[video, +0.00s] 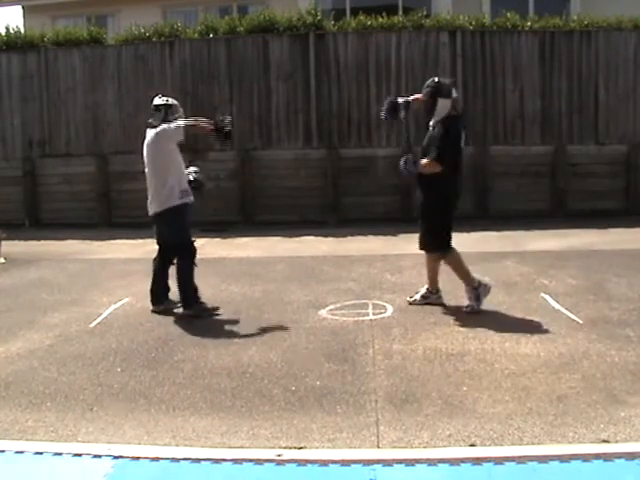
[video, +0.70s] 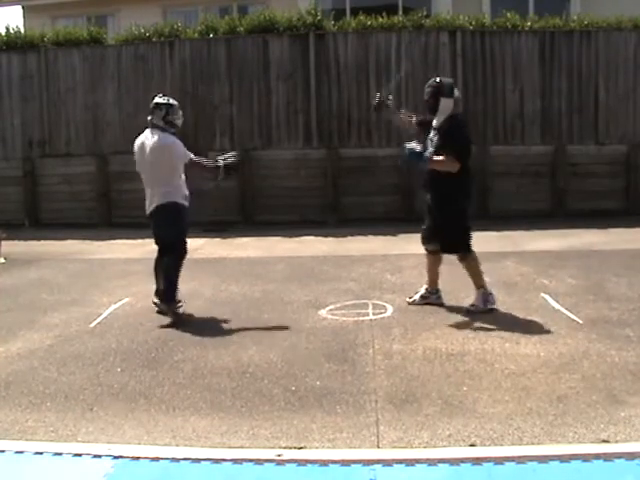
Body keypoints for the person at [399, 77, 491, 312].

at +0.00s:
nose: (422, 100)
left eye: (426, 97)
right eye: (424, 97)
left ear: (437, 101)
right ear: (443, 101)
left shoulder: (443, 127)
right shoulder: (446, 120)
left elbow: (438, 164)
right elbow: (426, 98)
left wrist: (414, 165)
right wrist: (403, 102)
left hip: (441, 193)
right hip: (435, 191)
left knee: (439, 243)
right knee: (432, 242)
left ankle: (474, 286)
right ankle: (432, 289)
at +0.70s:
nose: (427, 101)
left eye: (431, 96)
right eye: (427, 96)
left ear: (443, 100)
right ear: (441, 100)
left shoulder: (455, 125)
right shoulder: (437, 123)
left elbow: (454, 164)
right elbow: (411, 122)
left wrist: (424, 159)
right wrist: (388, 110)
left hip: (451, 198)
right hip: (438, 196)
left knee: (459, 247)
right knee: (432, 243)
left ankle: (483, 293)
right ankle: (431, 290)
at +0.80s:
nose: (433, 103)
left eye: (438, 98)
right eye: (433, 98)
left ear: (451, 100)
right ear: (444, 100)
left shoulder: (465, 125)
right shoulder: (442, 125)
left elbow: (459, 160)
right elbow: (419, 148)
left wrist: (432, 148)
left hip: (465, 199)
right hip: (447, 198)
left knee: (474, 247)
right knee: (439, 243)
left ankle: (486, 295)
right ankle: (433, 290)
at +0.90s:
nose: (437, 101)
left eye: (441, 97)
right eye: (436, 96)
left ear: (456, 99)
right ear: (440, 100)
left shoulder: (469, 125)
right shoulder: (446, 124)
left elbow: (461, 156)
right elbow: (431, 151)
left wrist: (435, 140)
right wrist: (411, 167)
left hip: (473, 198)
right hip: (452, 197)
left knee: (479, 246)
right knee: (442, 241)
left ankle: (486, 295)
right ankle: (435, 289)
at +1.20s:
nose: (440, 105)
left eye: (444, 100)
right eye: (439, 100)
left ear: (458, 101)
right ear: (448, 101)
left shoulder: (474, 127)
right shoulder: (449, 127)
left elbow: (484, 159)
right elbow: (446, 163)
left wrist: (456, 167)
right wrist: (421, 174)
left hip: (471, 200)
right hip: (450, 197)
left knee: (475, 248)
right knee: (436, 241)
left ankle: (486, 296)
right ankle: (436, 290)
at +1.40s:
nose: (439, 107)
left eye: (443, 101)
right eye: (440, 101)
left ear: (455, 102)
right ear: (446, 102)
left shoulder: (471, 129)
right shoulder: (446, 128)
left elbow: (479, 160)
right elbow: (434, 158)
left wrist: (456, 182)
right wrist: (410, 168)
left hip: (465, 199)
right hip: (442, 196)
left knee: (471, 250)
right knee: (421, 239)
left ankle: (486, 296)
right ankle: (413, 287)